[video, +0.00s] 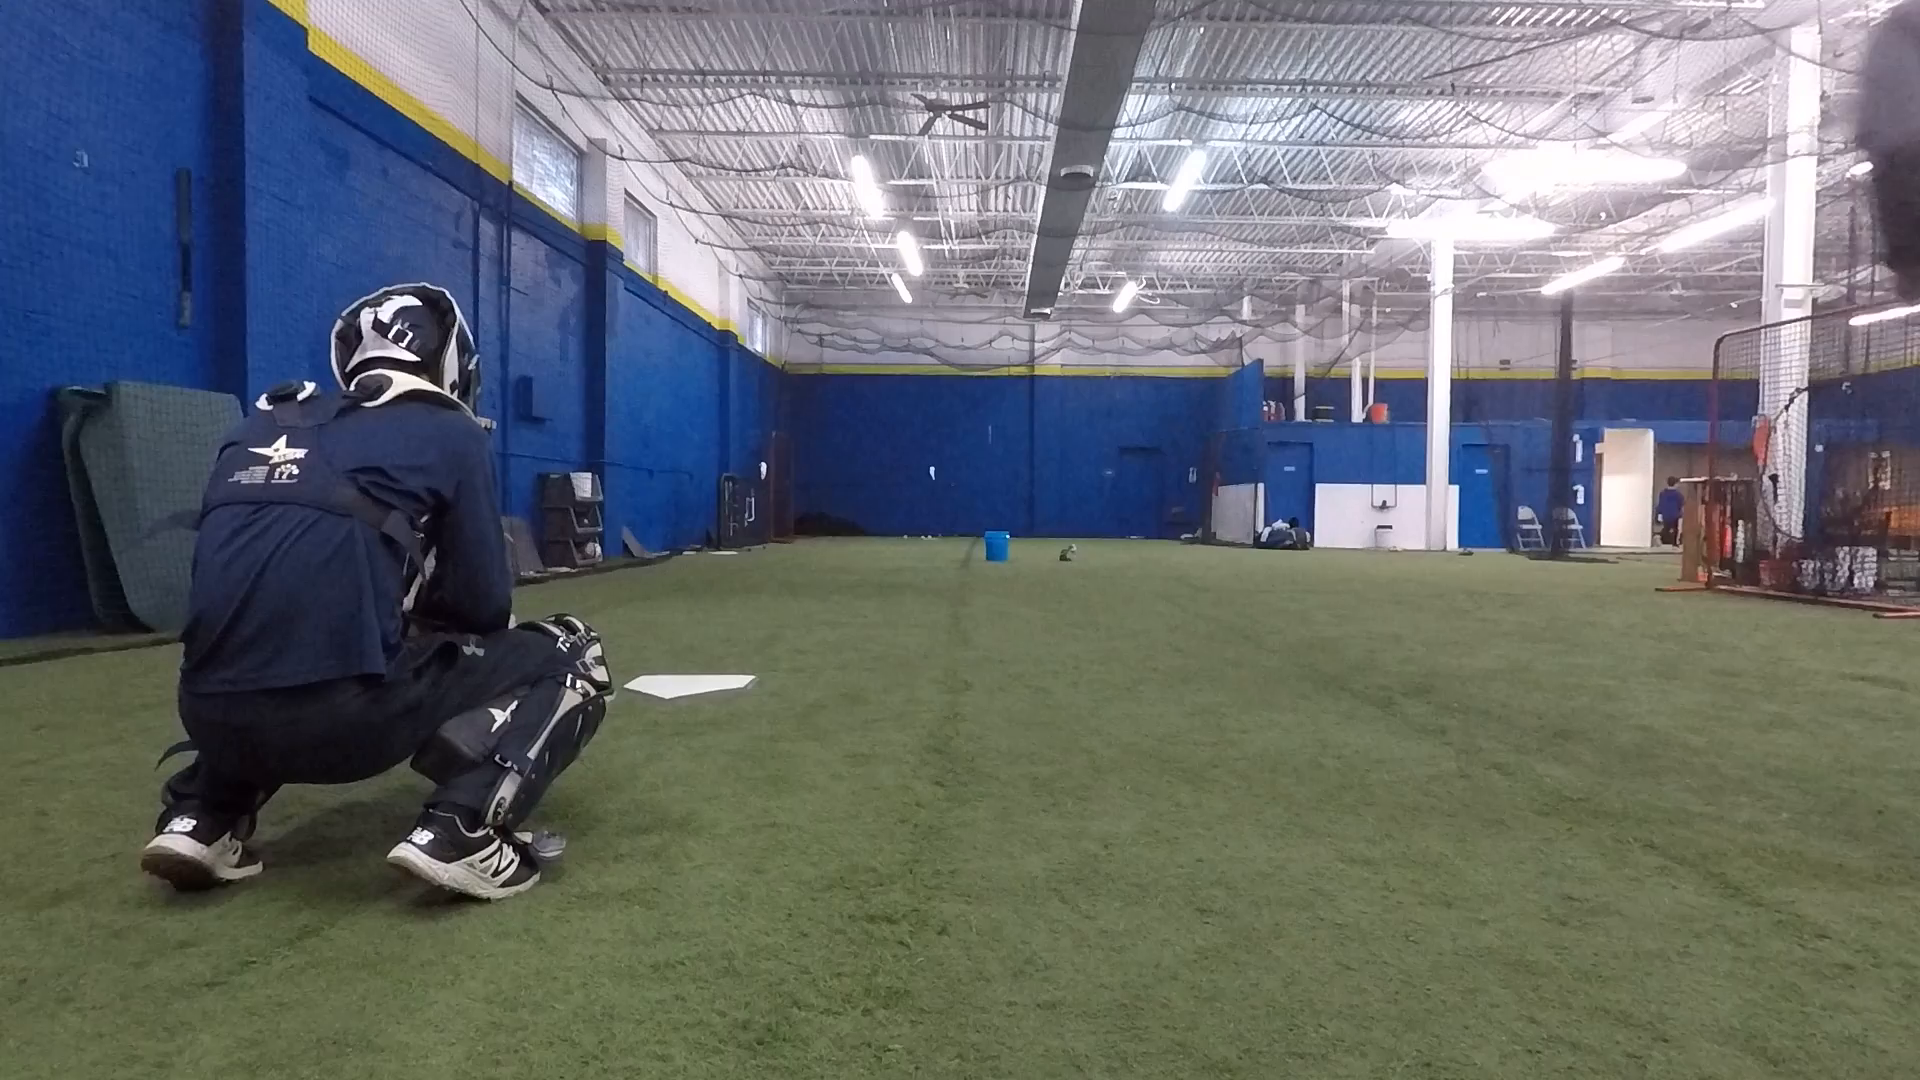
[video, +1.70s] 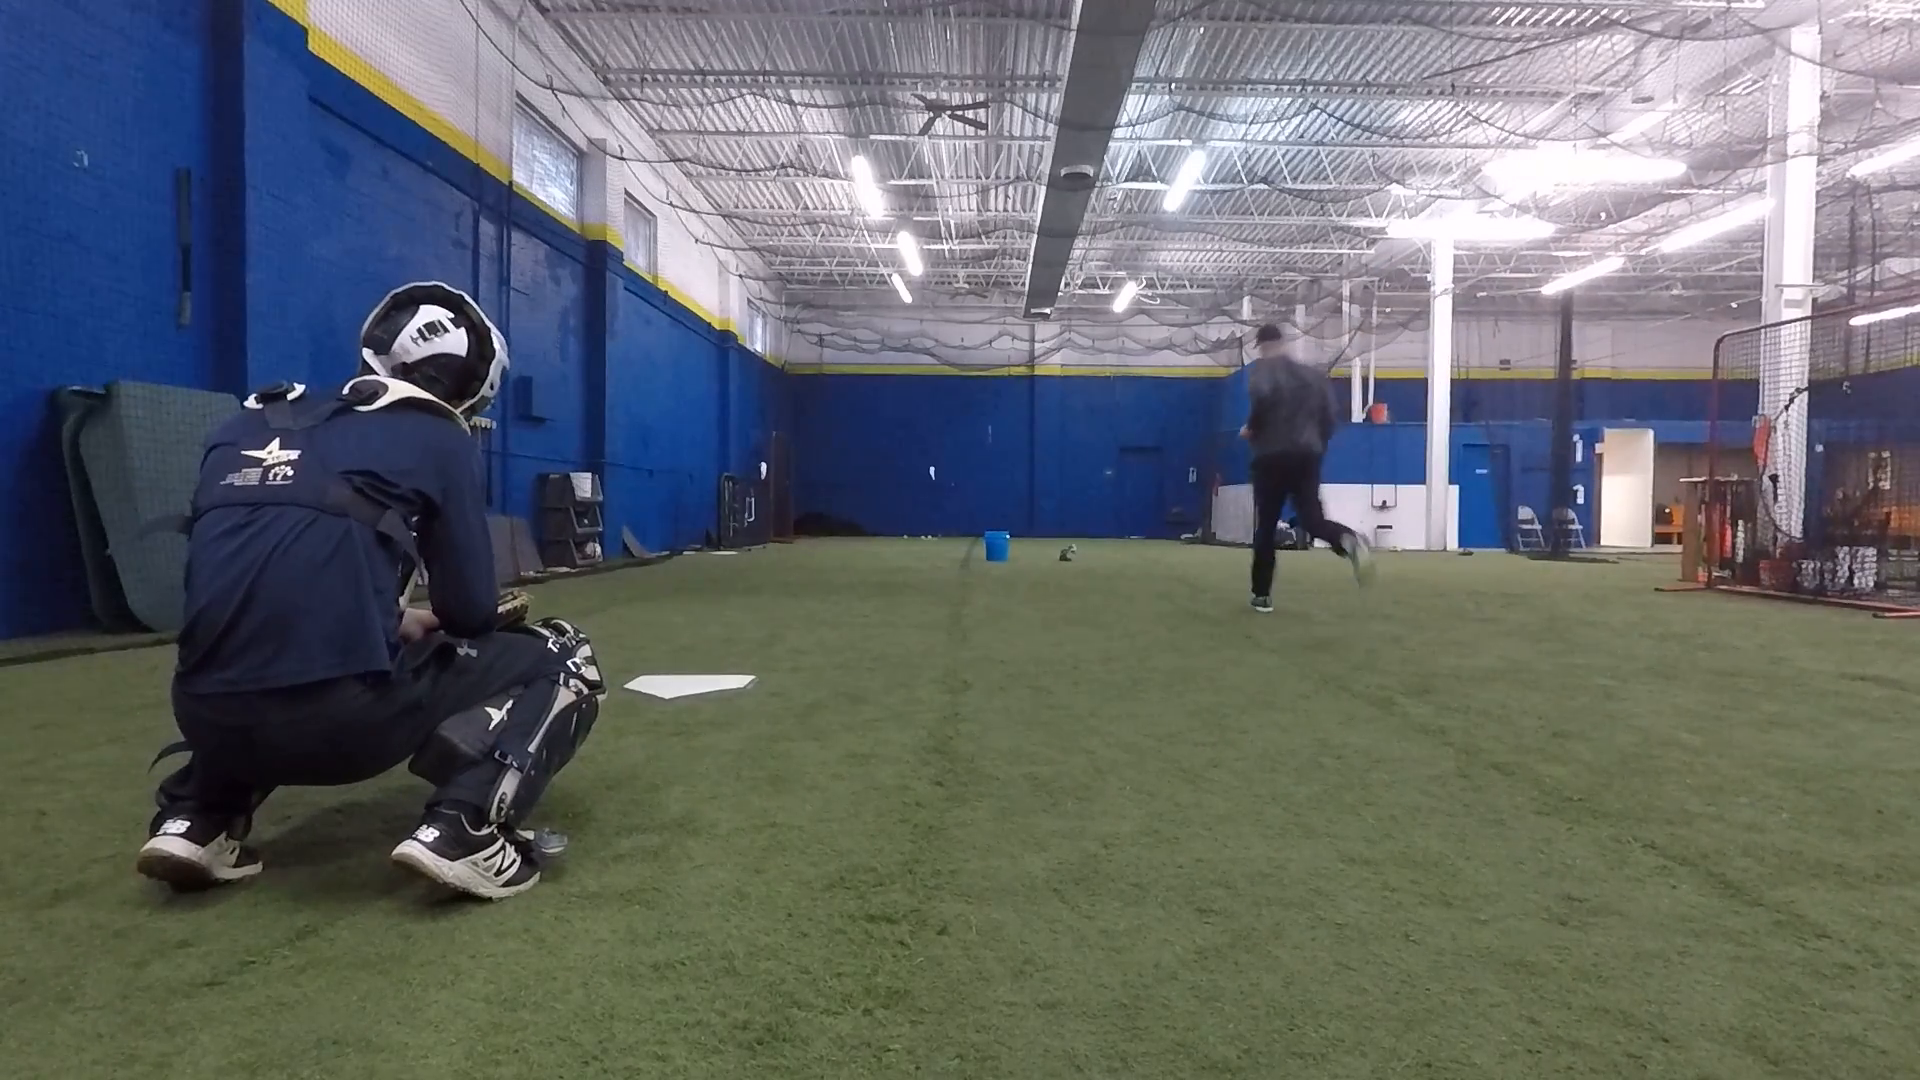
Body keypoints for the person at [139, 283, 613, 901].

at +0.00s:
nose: (466, 373)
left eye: (464, 359)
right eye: (462, 357)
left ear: (347, 360)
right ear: (448, 361)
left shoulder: (261, 423)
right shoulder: (452, 432)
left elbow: (239, 572)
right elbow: (483, 606)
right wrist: (407, 593)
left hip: (220, 719)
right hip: (351, 720)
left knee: (278, 618)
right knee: (573, 653)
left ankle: (203, 817)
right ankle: (461, 828)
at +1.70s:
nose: (475, 411)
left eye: (481, 396)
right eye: (476, 394)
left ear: (372, 358)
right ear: (460, 385)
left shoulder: (244, 423)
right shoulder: (440, 437)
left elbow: (243, 580)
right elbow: (471, 612)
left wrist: (396, 620)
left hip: (215, 719)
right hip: (344, 720)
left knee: (275, 623)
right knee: (565, 657)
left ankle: (196, 818)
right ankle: (464, 826)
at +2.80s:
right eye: (420, 359)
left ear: (307, 377)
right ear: (404, 367)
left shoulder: (258, 429)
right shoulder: (451, 432)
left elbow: (259, 590)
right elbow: (473, 614)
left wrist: (411, 625)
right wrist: (501, 615)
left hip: (217, 722)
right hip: (344, 724)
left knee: (278, 627)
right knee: (565, 656)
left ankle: (197, 816)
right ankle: (465, 826)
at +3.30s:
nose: (449, 359)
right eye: (442, 344)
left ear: (323, 361)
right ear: (427, 346)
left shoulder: (260, 429)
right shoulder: (450, 434)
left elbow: (259, 589)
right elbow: (473, 611)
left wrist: (401, 626)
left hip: (218, 724)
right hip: (343, 726)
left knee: (278, 630)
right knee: (567, 657)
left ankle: (198, 816)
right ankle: (465, 826)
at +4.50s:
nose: (476, 368)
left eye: (475, 350)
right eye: (468, 348)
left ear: (360, 352)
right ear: (436, 346)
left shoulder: (276, 423)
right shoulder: (449, 437)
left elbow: (264, 586)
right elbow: (472, 613)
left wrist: (400, 624)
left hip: (221, 722)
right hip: (345, 725)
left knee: (286, 630)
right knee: (566, 659)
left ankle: (196, 816)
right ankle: (466, 825)